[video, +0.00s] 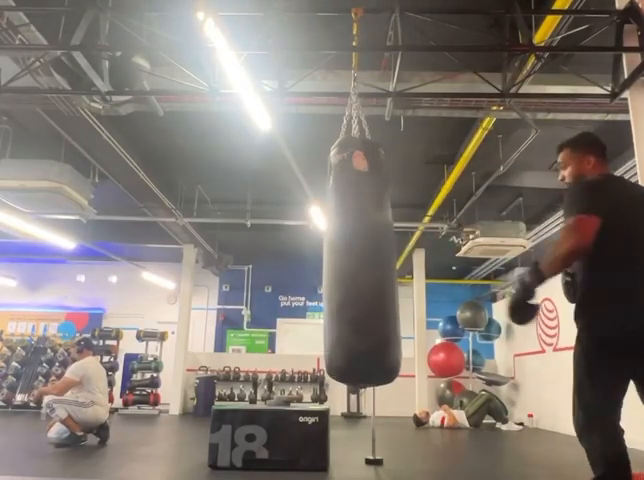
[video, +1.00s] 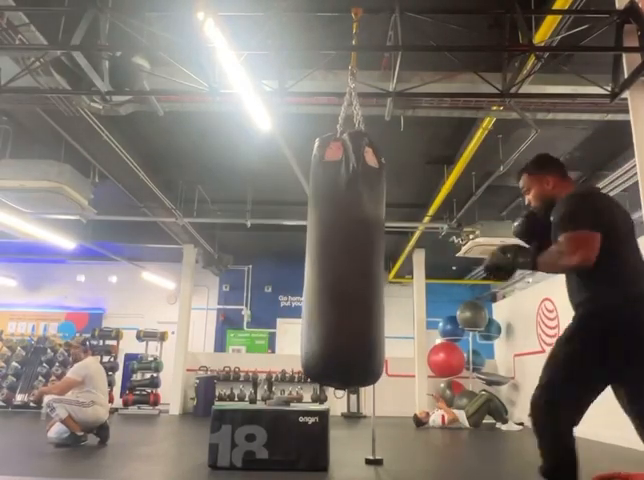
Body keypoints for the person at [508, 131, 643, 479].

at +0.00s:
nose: (561, 176)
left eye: (564, 167)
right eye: (559, 169)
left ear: (590, 161)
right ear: (597, 164)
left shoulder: (588, 189)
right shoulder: (636, 193)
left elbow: (577, 239)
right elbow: (632, 255)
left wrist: (532, 277)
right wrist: (585, 279)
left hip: (607, 324)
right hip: (640, 320)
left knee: (595, 423)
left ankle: (615, 475)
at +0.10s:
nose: (572, 185)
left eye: (576, 175)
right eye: (571, 178)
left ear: (604, 169)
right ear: (608, 172)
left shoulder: (612, 197)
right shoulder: (629, 197)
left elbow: (626, 247)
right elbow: (630, 255)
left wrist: (591, 308)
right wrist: (596, 281)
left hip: (630, 331)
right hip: (631, 329)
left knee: (598, 427)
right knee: (602, 426)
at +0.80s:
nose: (548, 196)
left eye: (549, 185)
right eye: (545, 189)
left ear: (573, 174)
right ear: (575, 176)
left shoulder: (611, 196)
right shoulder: (604, 200)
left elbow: (622, 252)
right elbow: (611, 251)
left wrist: (564, 259)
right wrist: (571, 247)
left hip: (633, 318)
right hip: (626, 317)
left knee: (625, 405)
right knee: (624, 401)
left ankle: (628, 469)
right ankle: (626, 466)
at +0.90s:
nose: (537, 195)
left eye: (537, 185)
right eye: (534, 188)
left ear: (560, 173)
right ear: (564, 174)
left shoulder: (588, 195)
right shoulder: (611, 193)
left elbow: (592, 249)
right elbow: (591, 255)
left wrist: (535, 262)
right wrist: (555, 234)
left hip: (618, 320)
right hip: (635, 316)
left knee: (595, 416)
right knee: (639, 404)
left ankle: (607, 473)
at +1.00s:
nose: (527, 201)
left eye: (528, 191)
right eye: (524, 194)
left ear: (549, 181)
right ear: (555, 181)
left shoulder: (576, 203)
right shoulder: (603, 202)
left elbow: (580, 253)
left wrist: (525, 259)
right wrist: (540, 242)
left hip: (603, 324)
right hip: (632, 321)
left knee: (549, 409)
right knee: (640, 410)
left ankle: (558, 475)